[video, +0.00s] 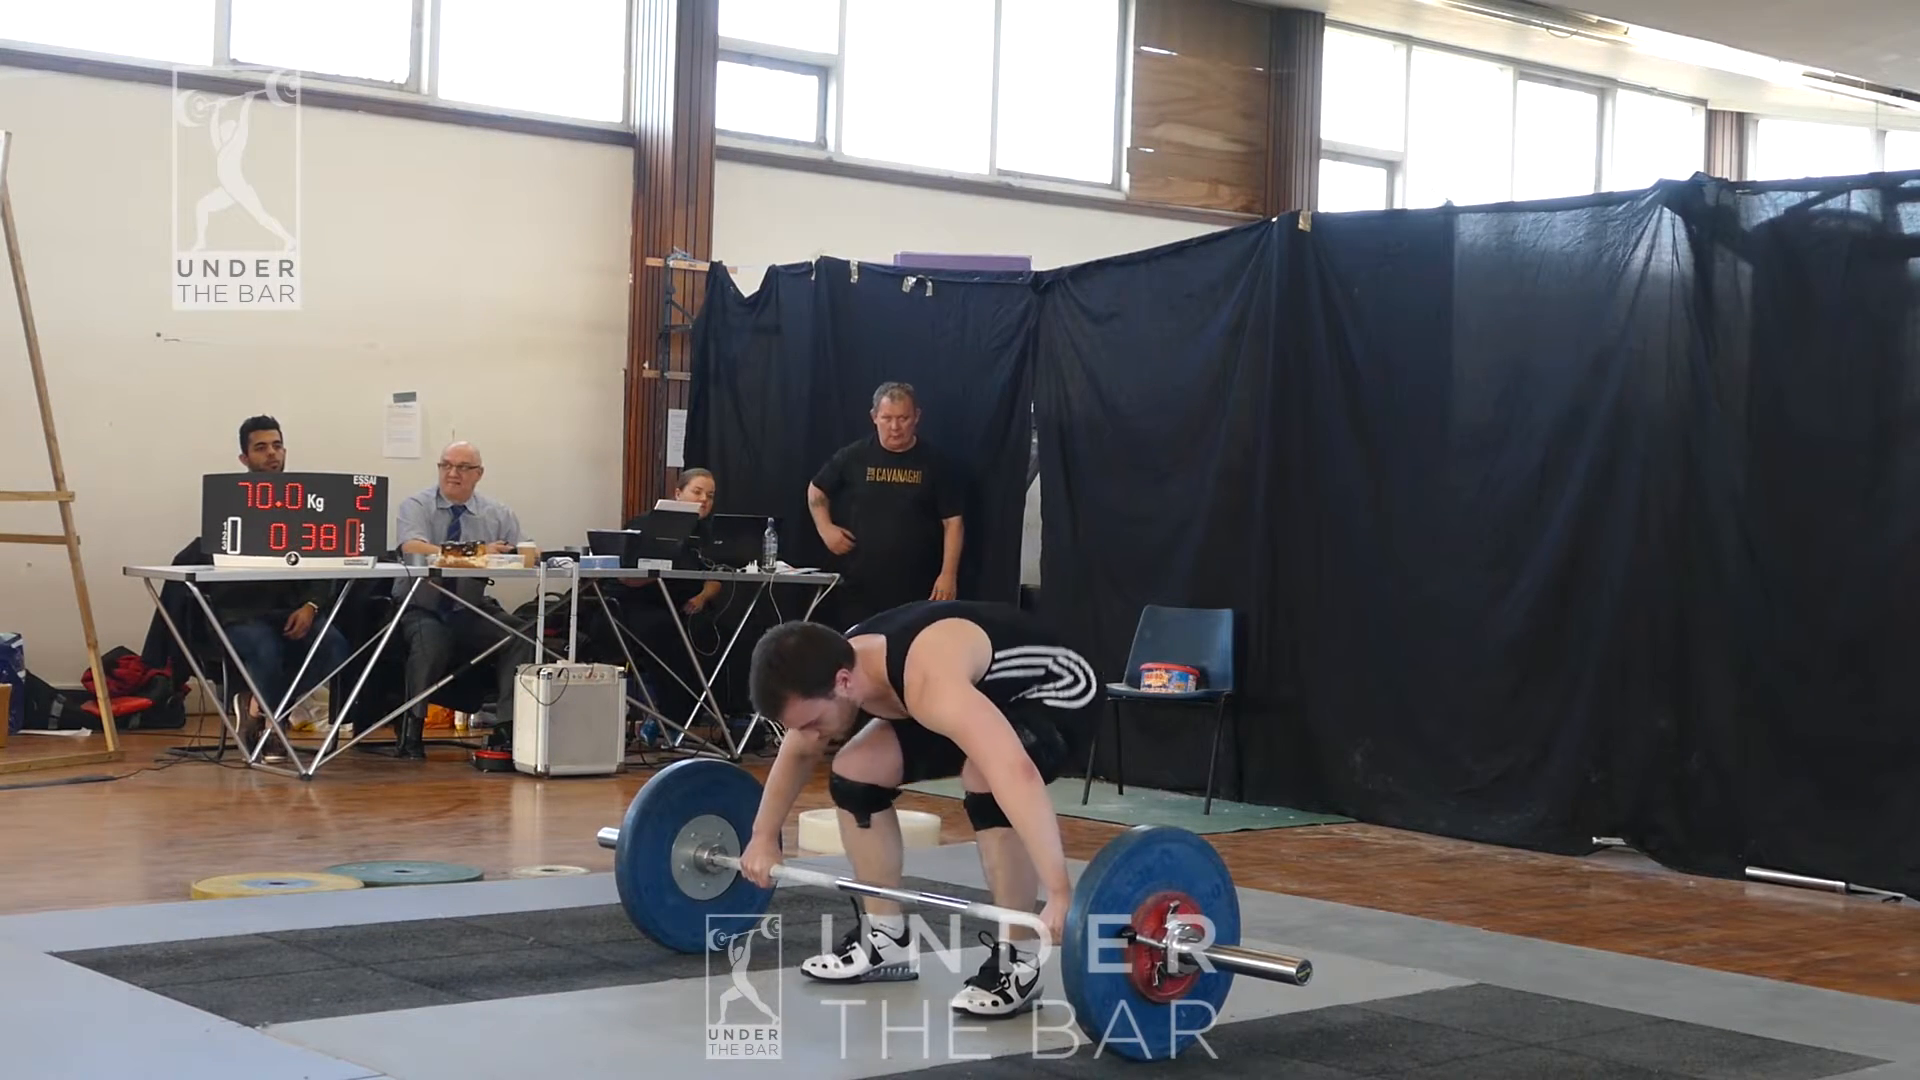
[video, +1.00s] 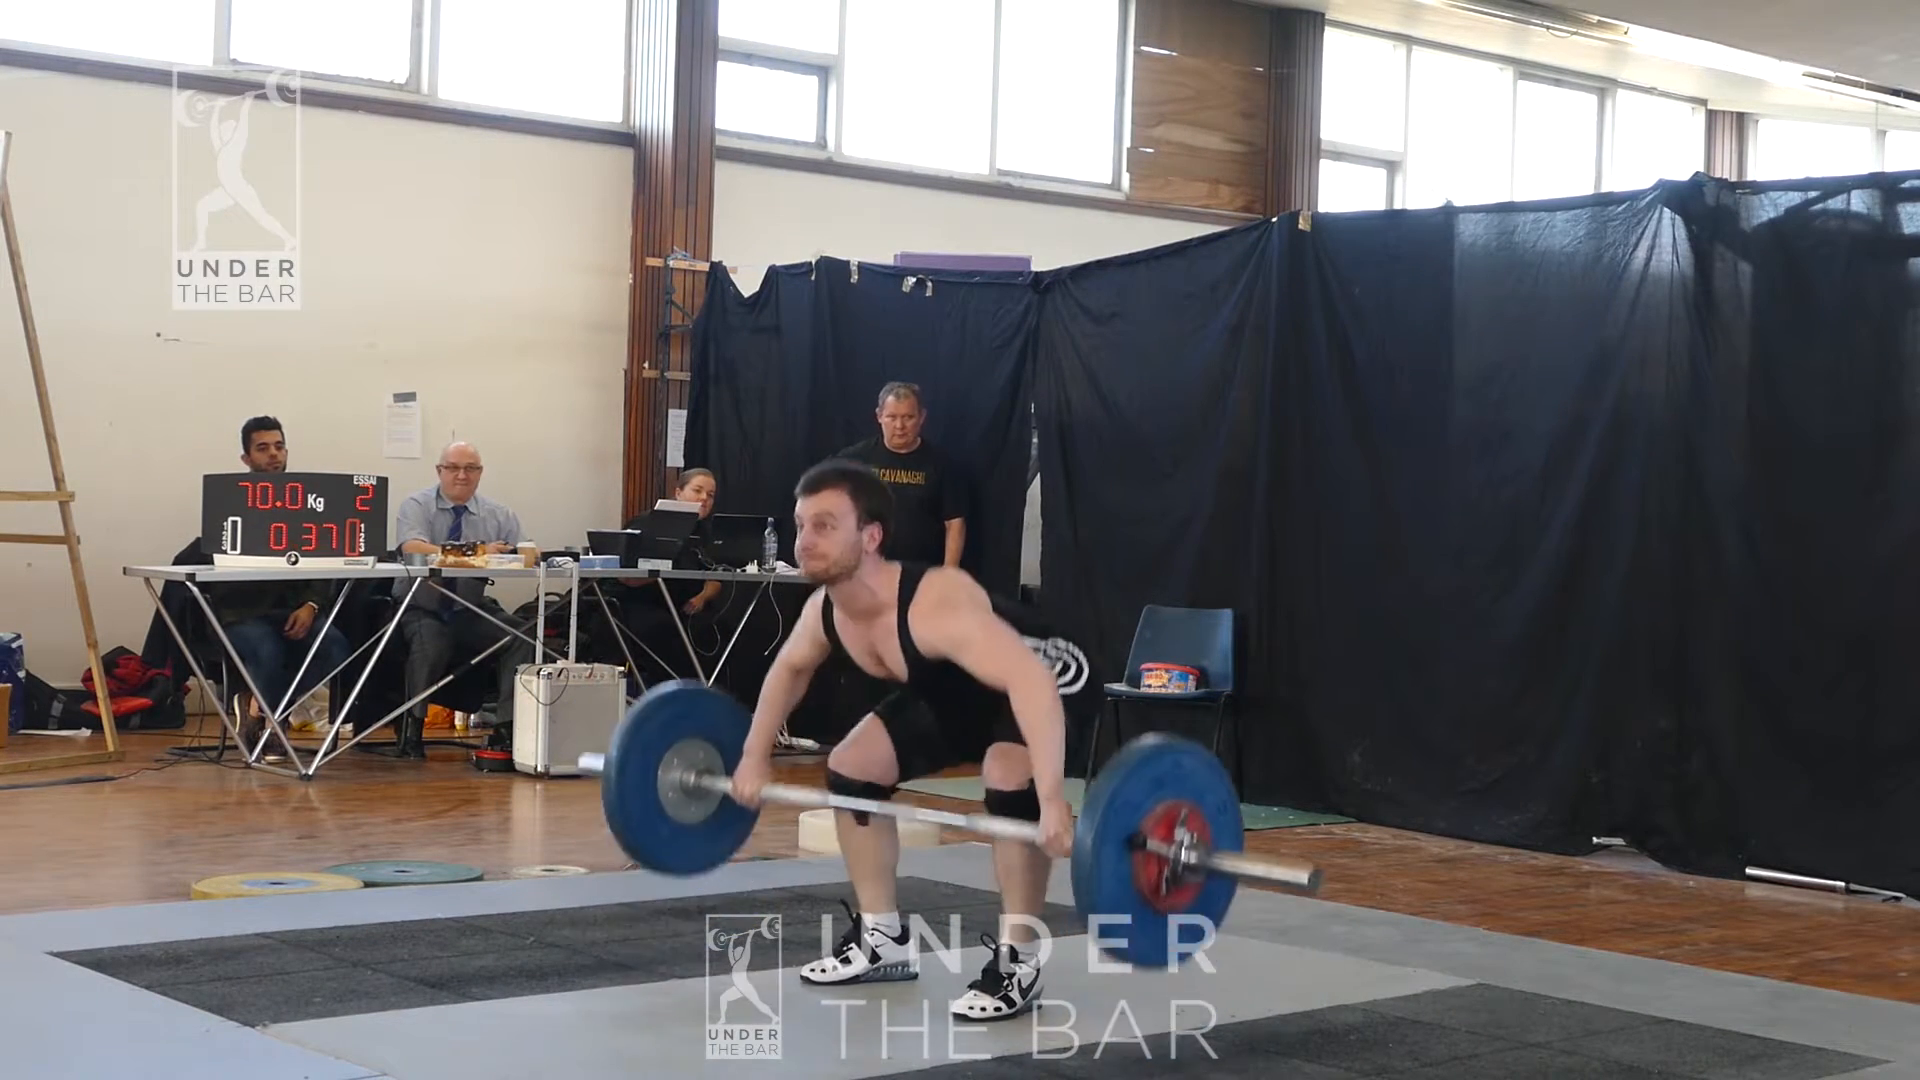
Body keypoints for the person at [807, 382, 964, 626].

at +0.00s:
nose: (895, 426)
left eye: (902, 418)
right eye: (887, 418)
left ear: (917, 417)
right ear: (874, 417)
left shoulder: (935, 463)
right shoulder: (852, 457)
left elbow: (953, 522)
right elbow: (816, 491)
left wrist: (948, 575)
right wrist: (826, 529)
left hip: (914, 585)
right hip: (860, 584)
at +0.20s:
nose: (894, 426)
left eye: (902, 418)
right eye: (887, 418)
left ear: (916, 417)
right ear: (874, 417)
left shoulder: (935, 462)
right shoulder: (853, 458)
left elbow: (953, 523)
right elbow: (819, 494)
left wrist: (946, 575)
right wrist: (831, 530)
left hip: (916, 588)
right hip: (862, 587)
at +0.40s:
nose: (894, 427)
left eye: (901, 418)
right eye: (886, 419)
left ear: (916, 417)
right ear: (874, 418)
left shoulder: (936, 462)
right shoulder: (855, 458)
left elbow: (953, 523)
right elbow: (820, 495)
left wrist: (945, 575)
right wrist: (835, 546)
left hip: (918, 584)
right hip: (864, 583)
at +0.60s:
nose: (895, 427)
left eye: (903, 418)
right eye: (888, 418)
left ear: (917, 417)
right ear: (875, 417)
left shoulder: (937, 463)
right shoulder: (855, 457)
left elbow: (954, 524)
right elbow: (819, 492)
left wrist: (946, 576)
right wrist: (837, 543)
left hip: (918, 581)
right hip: (862, 580)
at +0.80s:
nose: (897, 426)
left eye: (905, 418)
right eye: (889, 418)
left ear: (919, 417)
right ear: (877, 417)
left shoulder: (939, 464)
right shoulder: (859, 456)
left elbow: (955, 524)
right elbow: (816, 485)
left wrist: (948, 577)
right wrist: (831, 534)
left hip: (917, 581)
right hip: (862, 578)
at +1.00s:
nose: (899, 425)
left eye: (908, 417)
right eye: (892, 417)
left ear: (922, 418)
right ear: (879, 416)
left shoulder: (941, 464)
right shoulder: (854, 460)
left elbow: (955, 524)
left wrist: (948, 579)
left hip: (924, 579)